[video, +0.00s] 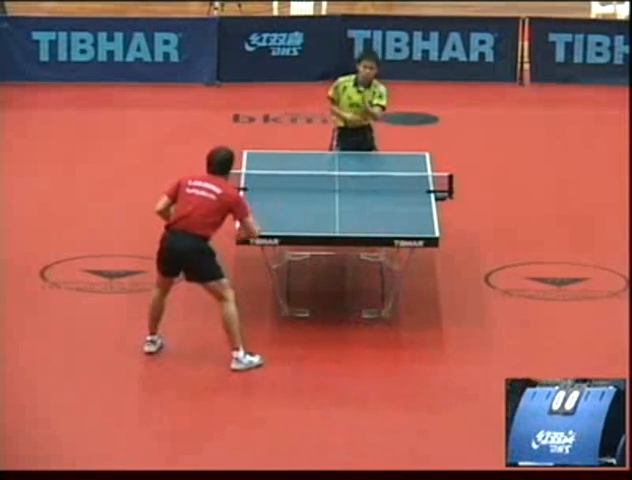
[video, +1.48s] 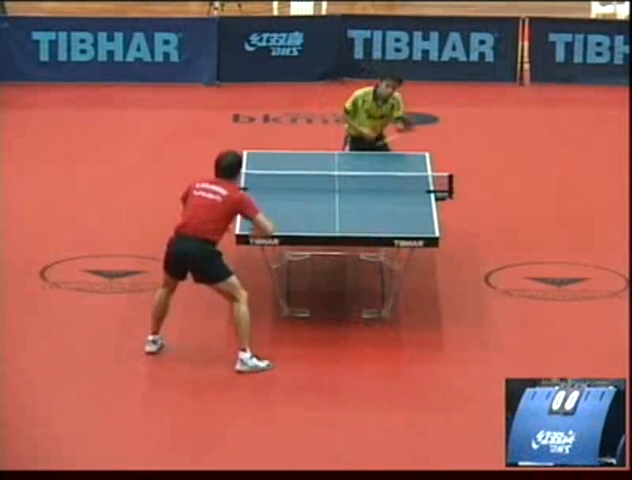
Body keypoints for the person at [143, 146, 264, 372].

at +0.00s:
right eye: (230, 166)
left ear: (207, 165)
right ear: (229, 169)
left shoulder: (187, 182)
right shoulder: (231, 195)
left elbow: (161, 208)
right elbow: (251, 230)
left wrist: (175, 223)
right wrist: (242, 235)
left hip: (171, 240)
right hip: (197, 244)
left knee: (161, 289)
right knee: (226, 297)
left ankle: (151, 338)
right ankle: (238, 354)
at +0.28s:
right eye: (232, 169)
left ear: (210, 169)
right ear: (233, 172)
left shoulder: (192, 182)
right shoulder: (236, 198)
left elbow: (165, 205)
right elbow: (257, 222)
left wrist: (179, 225)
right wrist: (259, 207)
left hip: (177, 241)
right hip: (205, 246)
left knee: (161, 290)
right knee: (233, 297)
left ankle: (151, 338)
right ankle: (241, 353)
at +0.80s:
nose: (226, 178)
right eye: (228, 175)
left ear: (205, 173)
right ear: (227, 177)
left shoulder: (187, 188)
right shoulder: (228, 200)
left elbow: (175, 210)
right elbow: (253, 236)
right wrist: (241, 237)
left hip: (168, 244)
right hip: (194, 250)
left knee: (162, 287)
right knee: (231, 298)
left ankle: (151, 337)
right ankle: (242, 355)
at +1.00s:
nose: (236, 187)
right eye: (237, 183)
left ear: (214, 179)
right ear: (236, 185)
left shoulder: (196, 192)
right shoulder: (238, 206)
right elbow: (268, 230)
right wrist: (257, 236)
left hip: (176, 249)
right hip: (203, 255)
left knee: (163, 288)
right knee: (243, 297)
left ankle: (151, 338)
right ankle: (246, 355)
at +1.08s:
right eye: (241, 177)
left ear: (220, 175)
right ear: (242, 179)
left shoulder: (201, 187)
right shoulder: (244, 202)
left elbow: (194, 204)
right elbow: (272, 219)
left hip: (180, 245)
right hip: (207, 252)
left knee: (164, 289)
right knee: (243, 297)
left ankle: (151, 338)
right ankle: (246, 355)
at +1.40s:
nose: (240, 167)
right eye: (240, 164)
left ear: (216, 164)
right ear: (238, 168)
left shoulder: (196, 181)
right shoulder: (238, 194)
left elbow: (181, 210)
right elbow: (269, 221)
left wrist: (203, 207)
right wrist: (275, 214)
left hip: (180, 241)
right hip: (206, 247)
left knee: (167, 287)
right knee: (238, 296)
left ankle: (152, 337)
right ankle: (245, 355)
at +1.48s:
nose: (240, 172)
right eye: (239, 169)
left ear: (216, 169)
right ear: (238, 172)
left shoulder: (198, 185)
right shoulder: (238, 197)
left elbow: (184, 203)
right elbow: (267, 229)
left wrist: (193, 221)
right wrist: (258, 229)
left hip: (178, 243)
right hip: (204, 248)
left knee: (166, 287)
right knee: (239, 296)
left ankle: (152, 337)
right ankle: (245, 355)